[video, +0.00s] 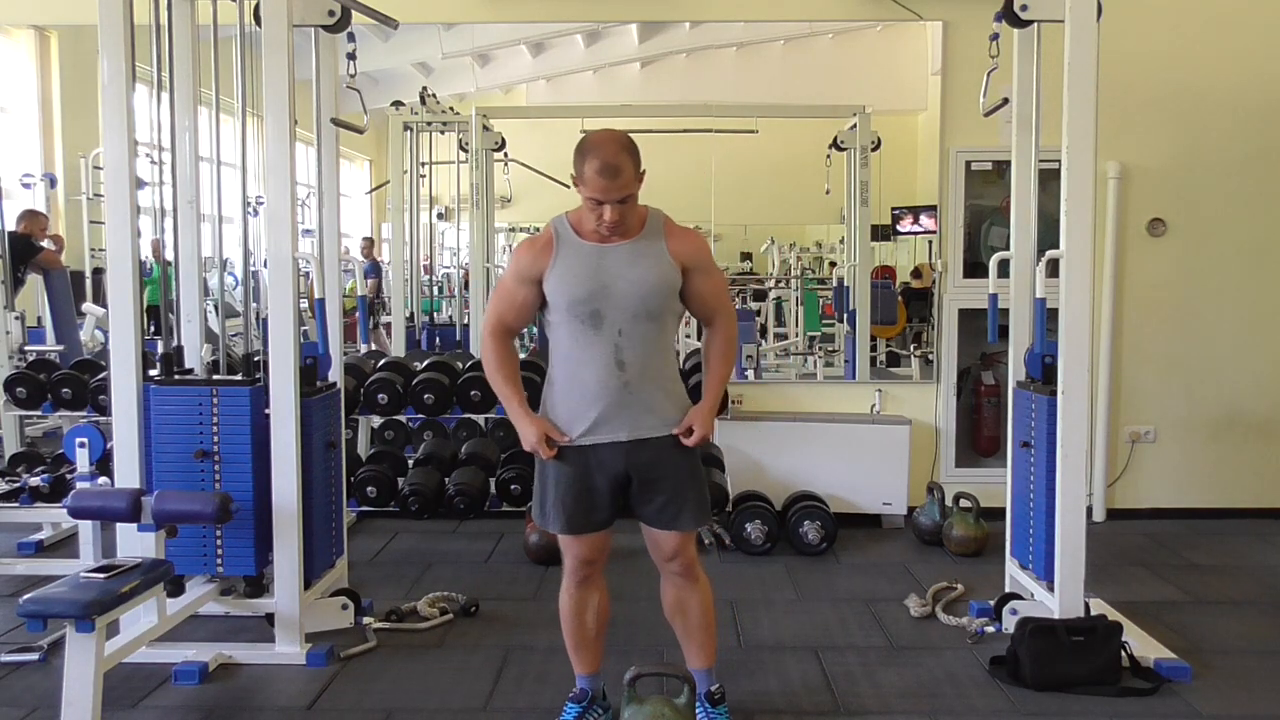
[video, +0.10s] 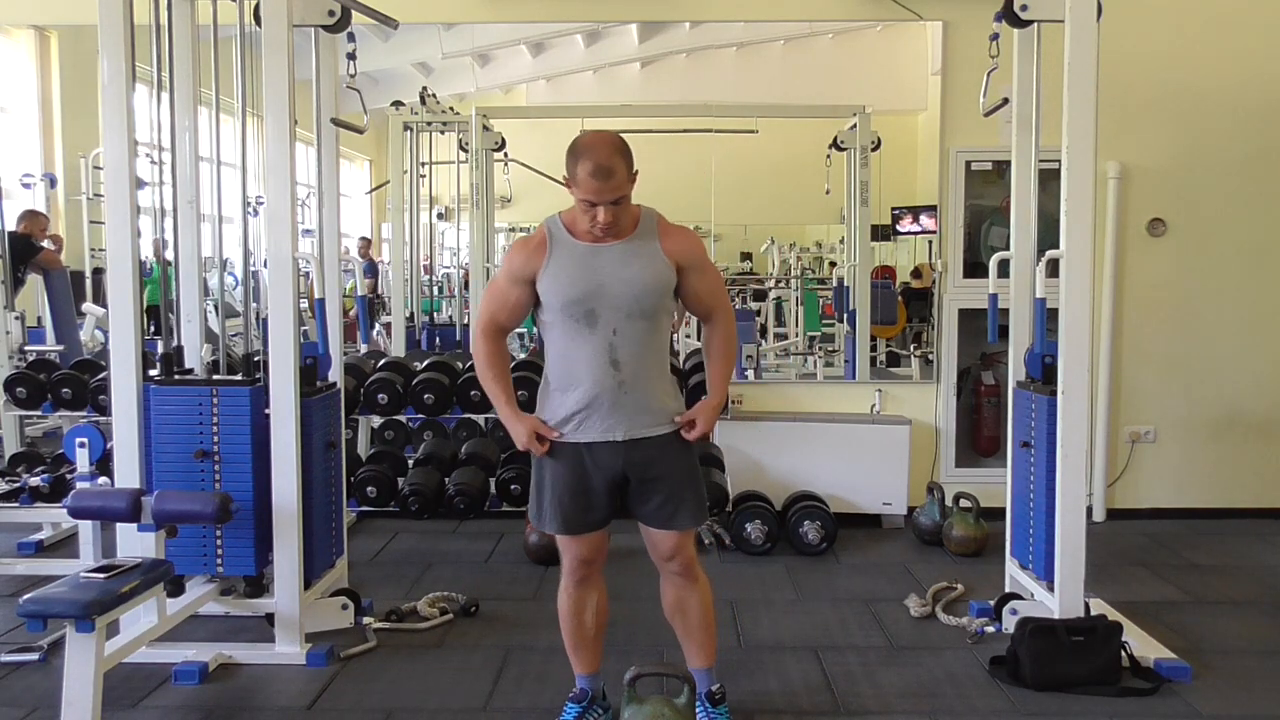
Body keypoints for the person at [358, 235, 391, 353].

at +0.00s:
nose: (362, 251)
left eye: (365, 248)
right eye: (361, 248)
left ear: (372, 249)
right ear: (360, 248)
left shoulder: (373, 265)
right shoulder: (367, 265)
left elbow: (372, 290)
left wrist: (361, 309)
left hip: (373, 302)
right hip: (369, 302)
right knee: (377, 332)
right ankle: (389, 356)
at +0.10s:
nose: (359, 250)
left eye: (362, 248)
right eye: (358, 247)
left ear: (369, 248)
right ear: (356, 247)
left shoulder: (370, 265)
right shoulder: (363, 264)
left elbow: (368, 289)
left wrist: (356, 308)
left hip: (367, 302)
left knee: (366, 333)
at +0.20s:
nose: (356, 251)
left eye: (359, 248)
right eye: (355, 248)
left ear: (365, 249)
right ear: (354, 248)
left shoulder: (367, 265)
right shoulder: (357, 264)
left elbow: (365, 289)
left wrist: (351, 307)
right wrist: (349, 306)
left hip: (364, 302)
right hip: (356, 302)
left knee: (361, 335)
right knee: (355, 334)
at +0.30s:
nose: (354, 252)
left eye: (357, 249)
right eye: (353, 248)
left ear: (363, 249)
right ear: (351, 248)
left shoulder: (366, 265)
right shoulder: (352, 264)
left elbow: (364, 289)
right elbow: (348, 287)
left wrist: (349, 306)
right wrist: (343, 305)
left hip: (361, 303)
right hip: (349, 302)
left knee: (359, 334)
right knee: (347, 335)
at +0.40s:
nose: (352, 251)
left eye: (355, 248)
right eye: (351, 248)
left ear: (361, 249)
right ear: (349, 247)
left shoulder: (366, 266)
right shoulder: (350, 265)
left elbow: (363, 290)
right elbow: (347, 287)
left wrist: (349, 307)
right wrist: (344, 304)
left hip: (359, 304)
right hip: (348, 302)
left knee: (358, 334)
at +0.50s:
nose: (350, 251)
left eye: (354, 249)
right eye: (349, 248)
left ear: (359, 249)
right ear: (347, 247)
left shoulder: (364, 267)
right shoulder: (343, 264)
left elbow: (365, 290)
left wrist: (353, 306)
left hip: (356, 300)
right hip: (343, 297)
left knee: (356, 331)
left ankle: (360, 353)